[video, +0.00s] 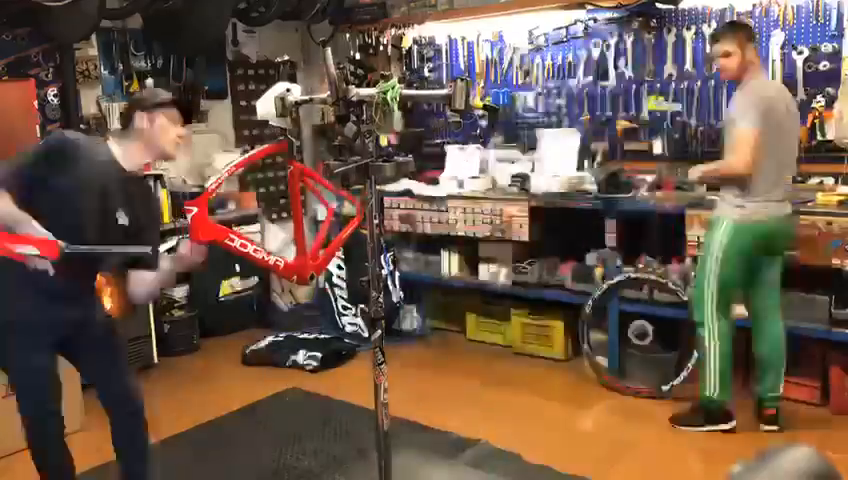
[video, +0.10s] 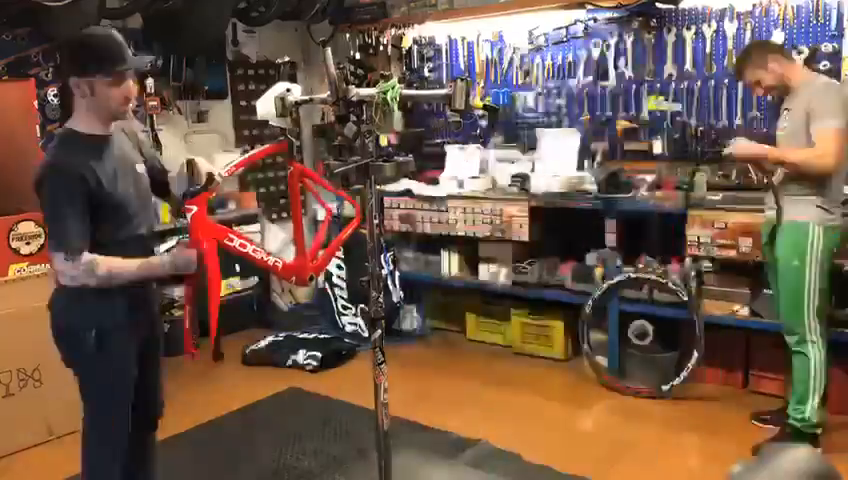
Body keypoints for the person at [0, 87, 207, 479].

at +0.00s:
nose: (183, 134)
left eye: (183, 126)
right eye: (174, 122)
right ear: (144, 120)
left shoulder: (144, 203)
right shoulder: (67, 149)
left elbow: (137, 290)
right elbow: (1, 192)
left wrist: (174, 264)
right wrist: (25, 225)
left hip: (79, 303)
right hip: (22, 297)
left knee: (126, 402)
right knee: (41, 419)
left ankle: (135, 472)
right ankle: (60, 475)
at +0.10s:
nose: (131, 90)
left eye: (131, 78)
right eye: (119, 81)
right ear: (82, 88)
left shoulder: (124, 135)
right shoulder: (64, 166)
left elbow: (170, 189)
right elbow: (69, 267)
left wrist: (192, 175)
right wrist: (164, 263)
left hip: (137, 299)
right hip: (95, 311)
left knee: (143, 418)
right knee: (109, 431)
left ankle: (139, 475)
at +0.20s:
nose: (221, 90)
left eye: (222, 81)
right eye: (215, 80)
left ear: (193, 80)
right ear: (185, 77)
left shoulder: (191, 135)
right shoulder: (150, 121)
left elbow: (193, 212)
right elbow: (210, 117)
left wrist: (231, 199)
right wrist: (268, 104)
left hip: (190, 279)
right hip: (152, 283)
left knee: (192, 383)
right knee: (158, 392)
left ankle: (189, 473)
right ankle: (150, 474)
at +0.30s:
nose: (137, 98)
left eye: (145, 87)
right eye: (132, 89)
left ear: (170, 87)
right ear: (131, 92)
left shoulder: (202, 138)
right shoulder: (147, 143)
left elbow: (238, 196)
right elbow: (147, 205)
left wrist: (206, 236)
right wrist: (112, 235)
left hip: (197, 263)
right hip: (161, 264)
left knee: (175, 359)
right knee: (172, 357)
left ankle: (212, 433)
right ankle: (204, 439)